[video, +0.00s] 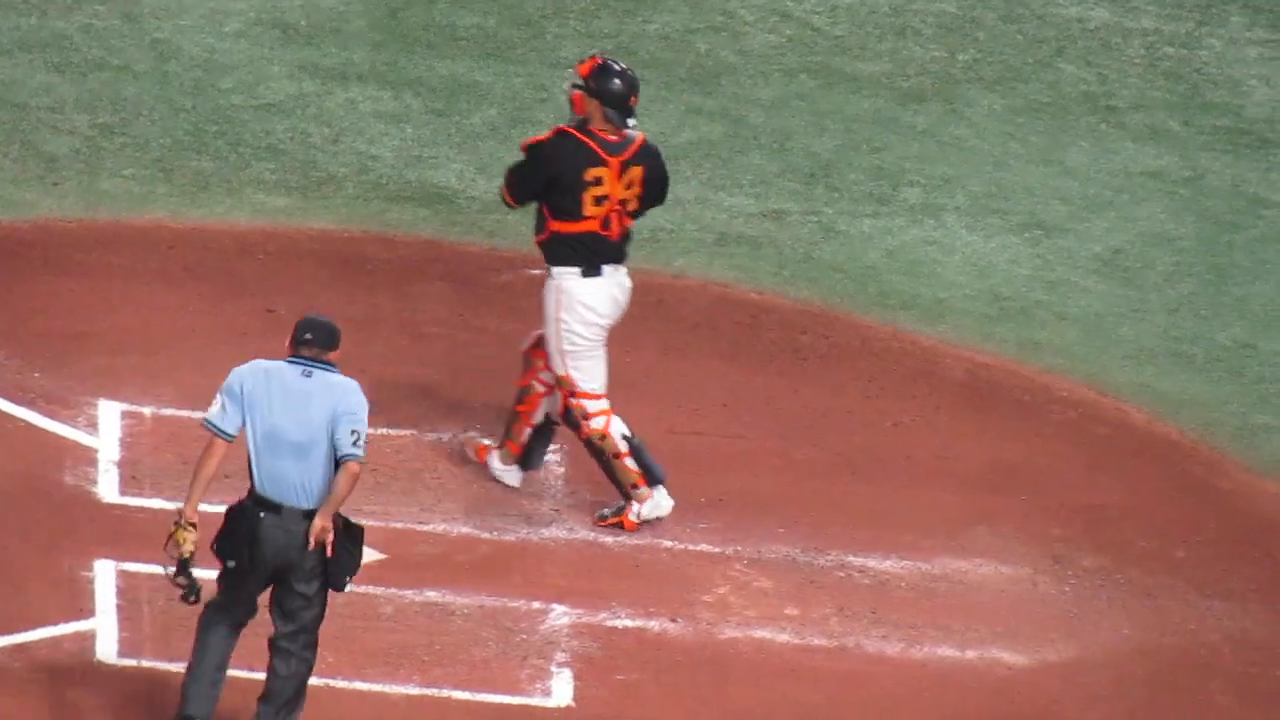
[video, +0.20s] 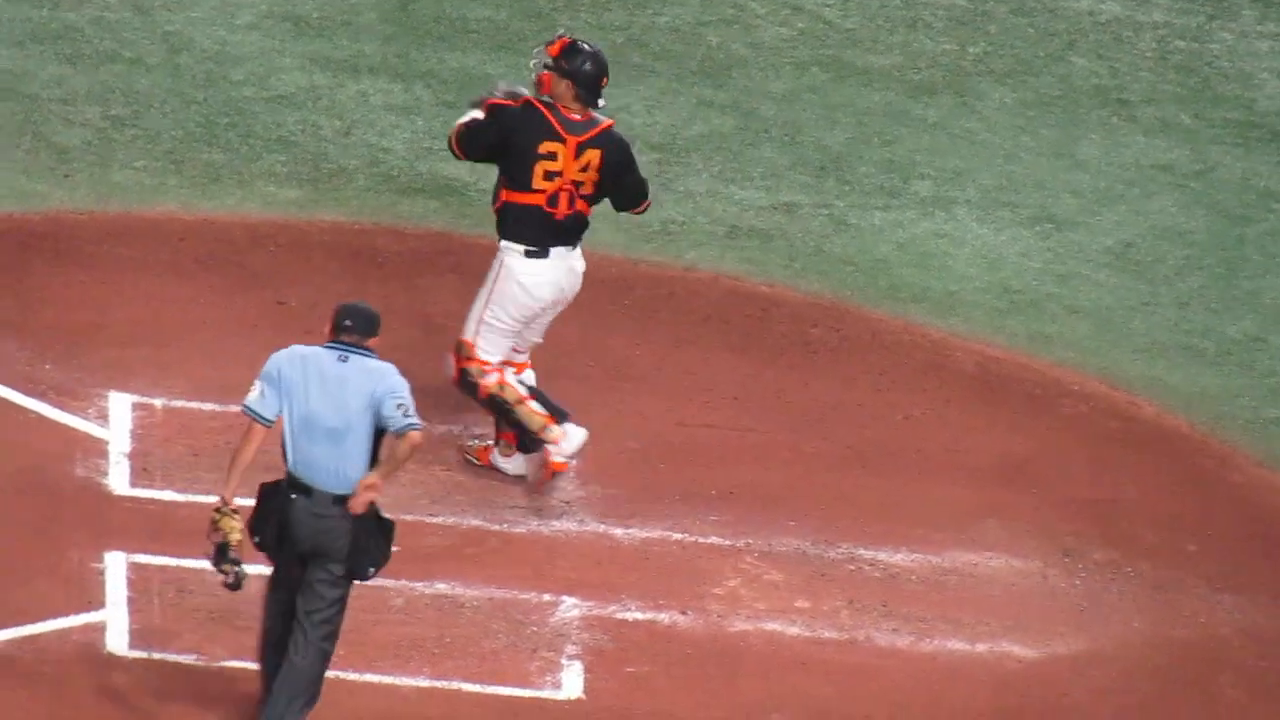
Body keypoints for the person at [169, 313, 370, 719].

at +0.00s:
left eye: (294, 345)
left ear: (290, 346)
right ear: (334, 354)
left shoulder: (250, 375)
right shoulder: (348, 393)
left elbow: (215, 448)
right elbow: (352, 466)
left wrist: (189, 515)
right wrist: (325, 514)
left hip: (256, 526)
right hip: (311, 536)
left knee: (225, 615)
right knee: (294, 644)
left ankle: (194, 710)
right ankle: (275, 713)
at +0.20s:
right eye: (370, 339)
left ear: (331, 331)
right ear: (373, 340)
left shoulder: (288, 360)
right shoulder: (384, 374)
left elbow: (256, 430)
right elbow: (411, 433)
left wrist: (228, 495)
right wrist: (377, 477)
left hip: (293, 506)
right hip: (344, 516)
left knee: (281, 606)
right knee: (315, 628)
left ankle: (275, 703)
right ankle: (284, 711)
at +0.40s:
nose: (435, 338)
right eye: (435, 333)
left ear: (390, 326)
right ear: (432, 334)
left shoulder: (349, 359)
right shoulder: (444, 377)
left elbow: (316, 428)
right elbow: (471, 446)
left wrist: (289, 494)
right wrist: (481, 473)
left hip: (358, 504)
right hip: (404, 514)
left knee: (374, 602)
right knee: (374, 621)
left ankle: (386, 691)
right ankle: (322, 712)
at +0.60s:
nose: (478, 329)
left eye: (474, 323)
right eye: (477, 324)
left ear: (435, 317)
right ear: (471, 324)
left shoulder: (393, 360)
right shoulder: (478, 370)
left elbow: (360, 435)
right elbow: (497, 448)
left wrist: (354, 495)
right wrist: (517, 466)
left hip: (399, 495)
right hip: (446, 505)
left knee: (413, 605)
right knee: (464, 624)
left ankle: (401, 701)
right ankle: (384, 695)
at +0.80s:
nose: (511, 317)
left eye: (511, 310)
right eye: (510, 310)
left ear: (469, 304)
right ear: (499, 311)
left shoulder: (425, 344)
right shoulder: (503, 357)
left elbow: (405, 419)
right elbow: (513, 438)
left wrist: (433, 450)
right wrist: (519, 456)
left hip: (428, 487)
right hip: (477, 495)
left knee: (417, 600)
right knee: (524, 598)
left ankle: (388, 706)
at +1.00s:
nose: (510, 305)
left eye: (511, 297)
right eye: (509, 298)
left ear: (469, 293)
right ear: (494, 298)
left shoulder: (427, 326)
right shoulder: (498, 350)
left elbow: (408, 390)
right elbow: (505, 424)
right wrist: (526, 439)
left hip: (423, 469)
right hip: (471, 481)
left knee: (392, 573)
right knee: (505, 582)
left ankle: (338, 675)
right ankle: (519, 676)